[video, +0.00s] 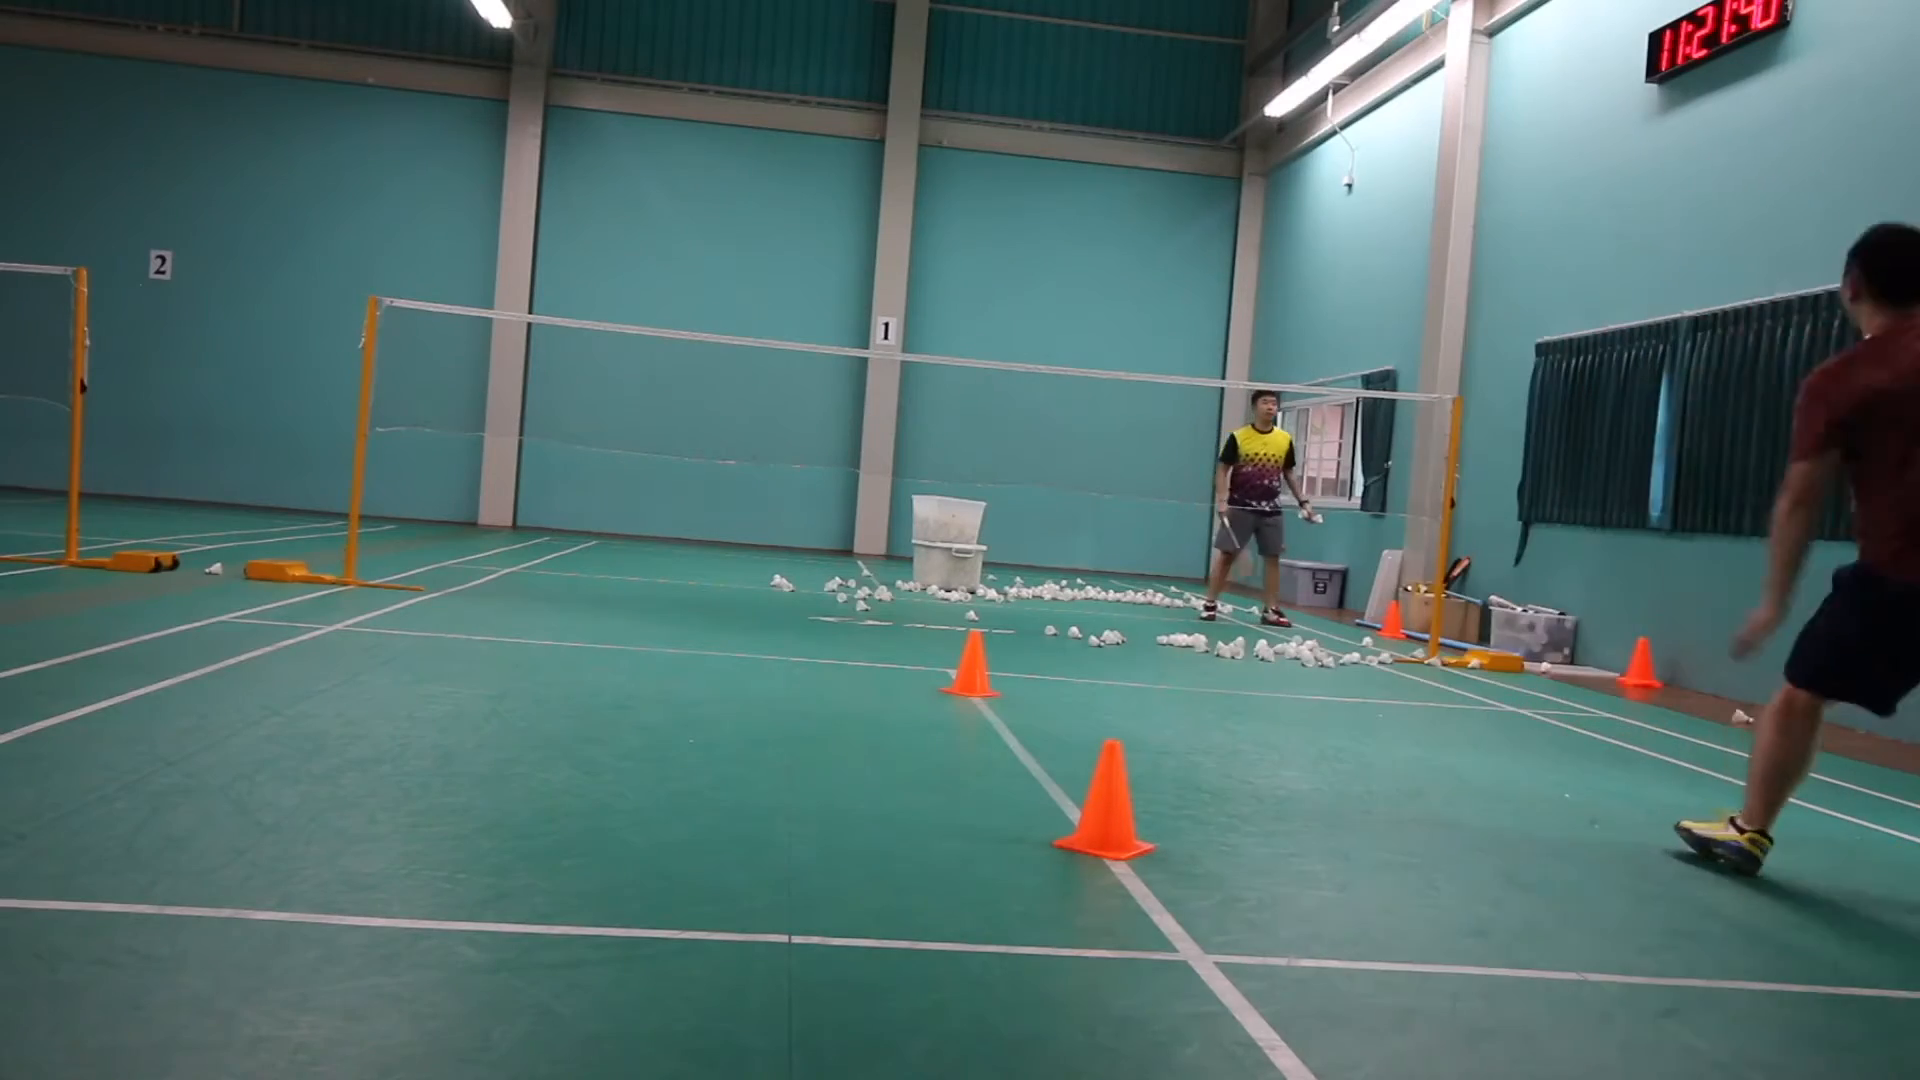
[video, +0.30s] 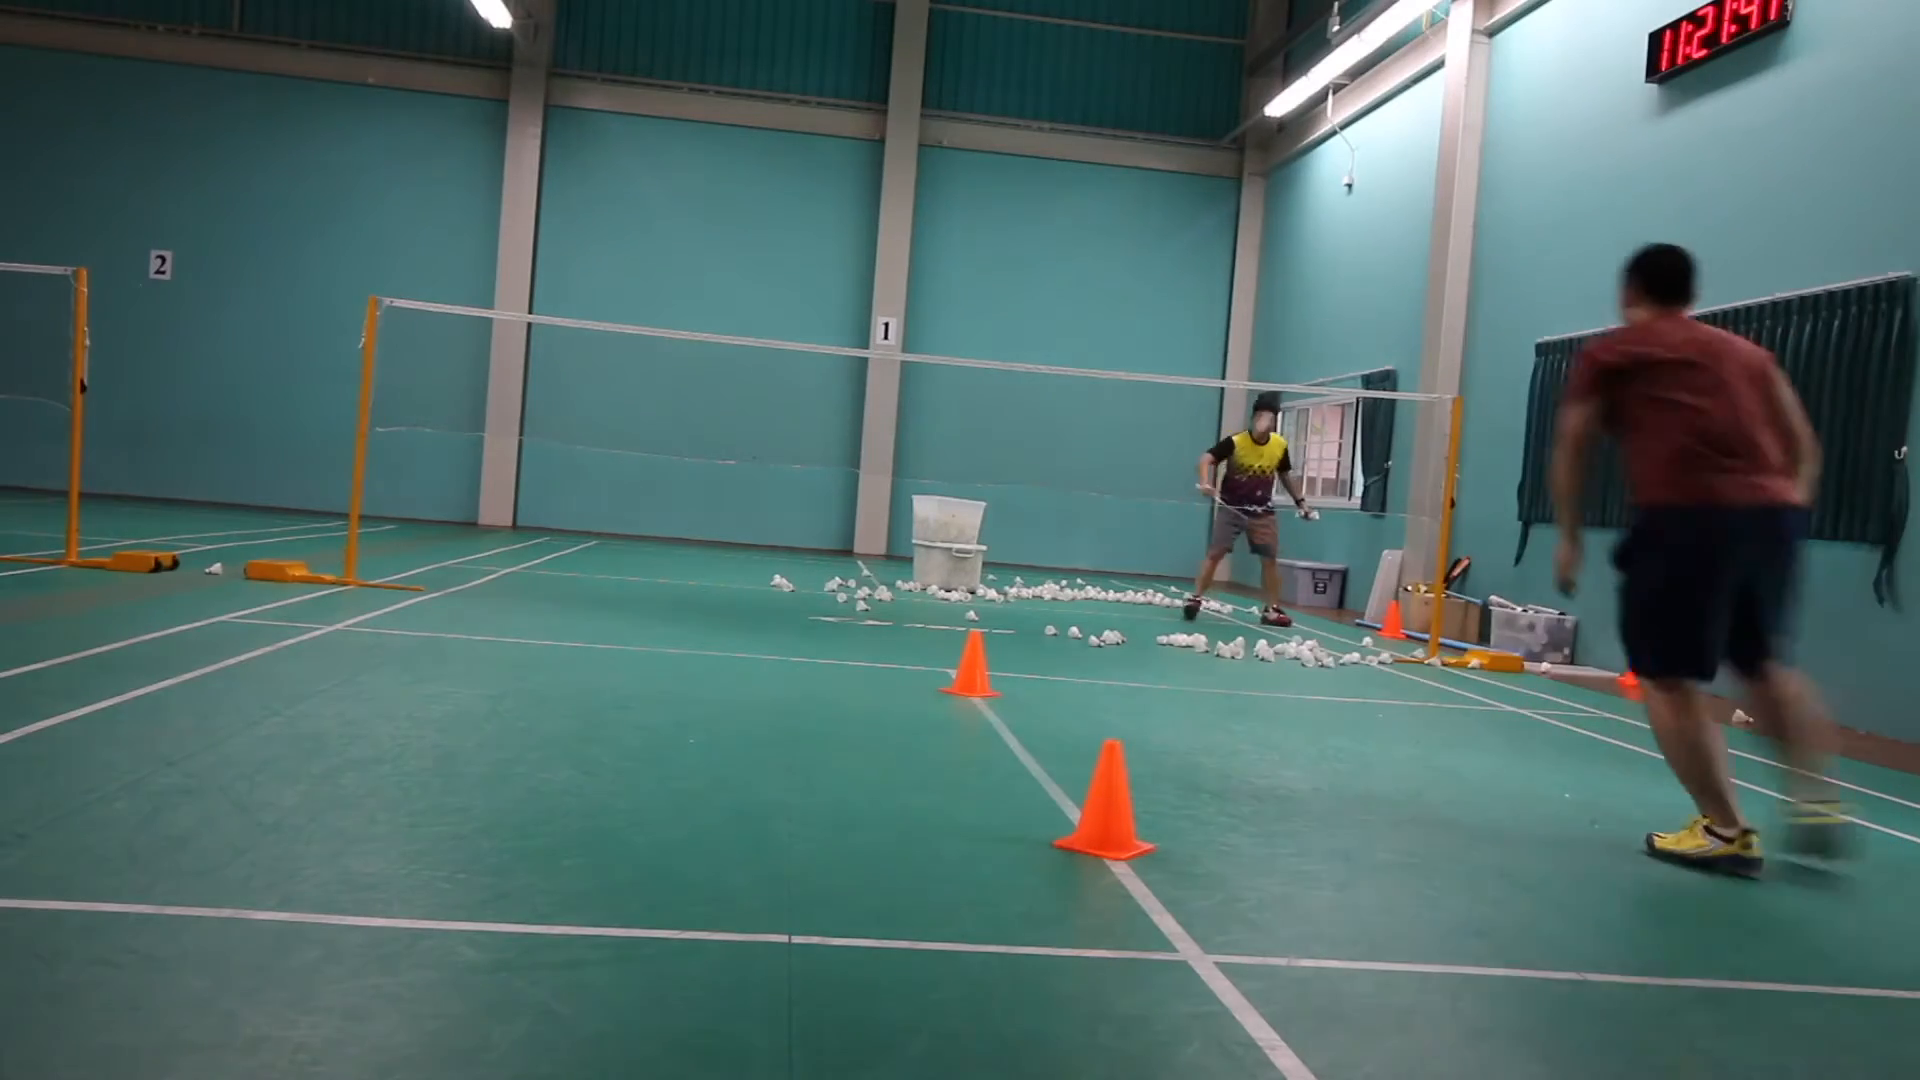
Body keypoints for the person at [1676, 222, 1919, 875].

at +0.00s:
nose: (1844, 292)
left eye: (1846, 282)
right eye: (1846, 282)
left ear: (1855, 286)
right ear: (1919, 285)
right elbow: (1802, 494)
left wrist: (1773, 601)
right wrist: (1777, 602)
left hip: (1895, 577)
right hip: (1895, 577)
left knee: (1804, 690)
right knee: (1803, 690)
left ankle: (1751, 829)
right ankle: (1752, 828)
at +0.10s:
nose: (1796, 322)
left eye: (1800, 311)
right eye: (1799, 311)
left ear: (1810, 313)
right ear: (1872, 316)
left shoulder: (1810, 384)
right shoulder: (1911, 370)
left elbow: (1796, 483)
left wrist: (1780, 594)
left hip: (1869, 577)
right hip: (1911, 575)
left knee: (1754, 661)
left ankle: (1736, 828)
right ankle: (1738, 826)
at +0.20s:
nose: (1715, 331)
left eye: (1716, 321)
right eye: (1719, 321)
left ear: (1727, 319)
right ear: (1786, 320)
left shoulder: (1728, 378)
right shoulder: (1845, 377)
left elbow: (1700, 480)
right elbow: (1889, 476)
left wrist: (1681, 584)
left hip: (1795, 567)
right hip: (1892, 570)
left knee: (1686, 669)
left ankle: (1728, 830)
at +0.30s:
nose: (1622, 304)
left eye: (1624, 295)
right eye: (1630, 296)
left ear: (1631, 295)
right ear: (1690, 297)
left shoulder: (1610, 353)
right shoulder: (1746, 352)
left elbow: (1571, 442)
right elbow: (1804, 444)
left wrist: (1570, 536)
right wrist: (1789, 505)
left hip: (1681, 525)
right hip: (1769, 524)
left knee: (1666, 678)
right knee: (1761, 659)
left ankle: (1724, 829)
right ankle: (1817, 802)